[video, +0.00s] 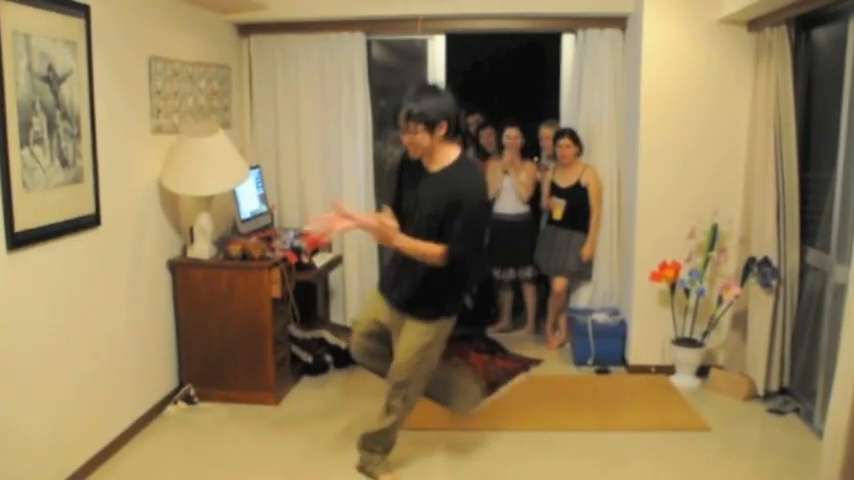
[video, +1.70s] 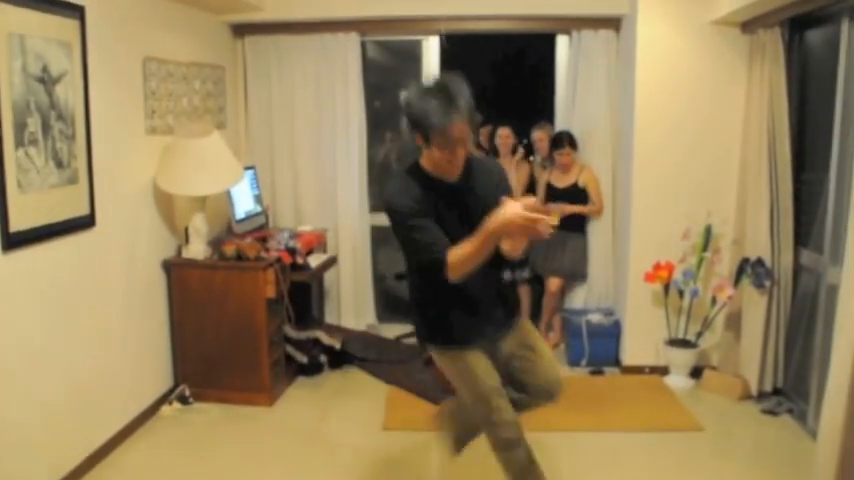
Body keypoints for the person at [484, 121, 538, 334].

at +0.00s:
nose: (510, 141)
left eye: (515, 138)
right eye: (507, 137)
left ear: (521, 141)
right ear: (502, 140)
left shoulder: (528, 166)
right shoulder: (493, 164)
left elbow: (526, 195)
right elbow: (491, 192)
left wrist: (514, 173)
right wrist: (501, 171)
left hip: (521, 218)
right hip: (499, 218)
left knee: (526, 275)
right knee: (502, 274)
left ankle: (530, 322)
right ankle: (504, 319)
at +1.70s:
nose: (505, 142)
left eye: (508, 137)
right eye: (501, 137)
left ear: (515, 140)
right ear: (494, 141)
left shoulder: (524, 166)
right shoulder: (489, 167)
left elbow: (518, 191)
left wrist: (510, 165)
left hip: (519, 228)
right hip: (497, 229)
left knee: (521, 277)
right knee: (500, 278)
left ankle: (525, 319)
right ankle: (501, 317)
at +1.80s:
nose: (503, 142)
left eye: (507, 138)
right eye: (499, 138)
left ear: (515, 141)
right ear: (494, 142)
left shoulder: (522, 166)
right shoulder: (488, 165)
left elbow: (517, 195)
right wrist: (516, 244)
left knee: (517, 278)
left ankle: (524, 324)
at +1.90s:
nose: (503, 143)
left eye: (507, 138)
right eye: (500, 139)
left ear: (516, 142)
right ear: (494, 142)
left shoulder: (523, 168)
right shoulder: (490, 168)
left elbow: (521, 195)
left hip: (516, 224)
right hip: (494, 224)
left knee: (516, 276)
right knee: (497, 276)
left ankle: (524, 321)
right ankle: (499, 317)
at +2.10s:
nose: (505, 140)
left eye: (509, 135)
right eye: (501, 135)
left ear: (516, 139)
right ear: (494, 139)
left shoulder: (522, 164)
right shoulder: (491, 164)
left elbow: (519, 190)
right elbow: (485, 190)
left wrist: (513, 160)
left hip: (517, 218)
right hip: (494, 218)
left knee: (519, 276)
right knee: (497, 275)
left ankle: (523, 322)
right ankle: (498, 318)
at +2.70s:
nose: (502, 140)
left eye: (506, 135)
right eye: (499, 136)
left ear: (514, 138)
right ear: (493, 138)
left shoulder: (519, 159)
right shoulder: (490, 159)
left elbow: (517, 189)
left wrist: (517, 164)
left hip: (514, 213)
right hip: (493, 212)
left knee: (516, 269)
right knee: (500, 268)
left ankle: (521, 318)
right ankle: (505, 319)